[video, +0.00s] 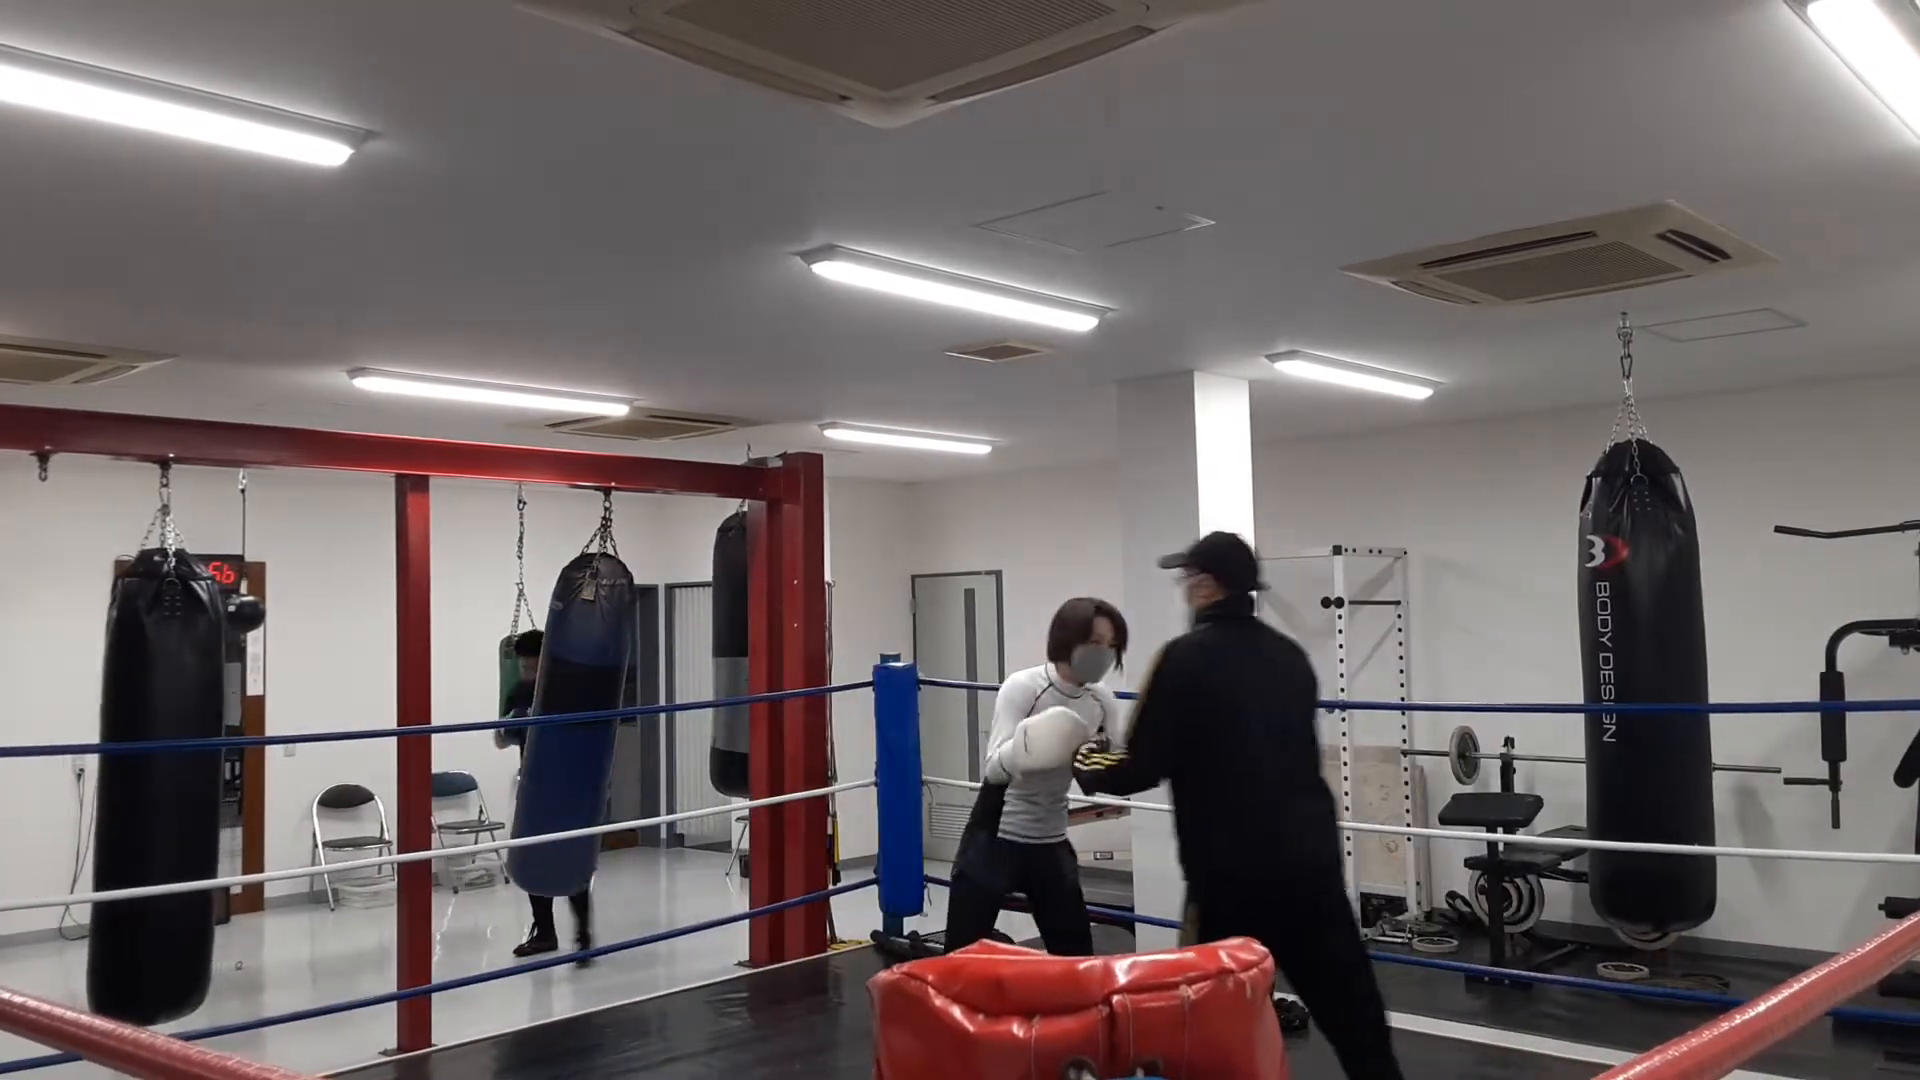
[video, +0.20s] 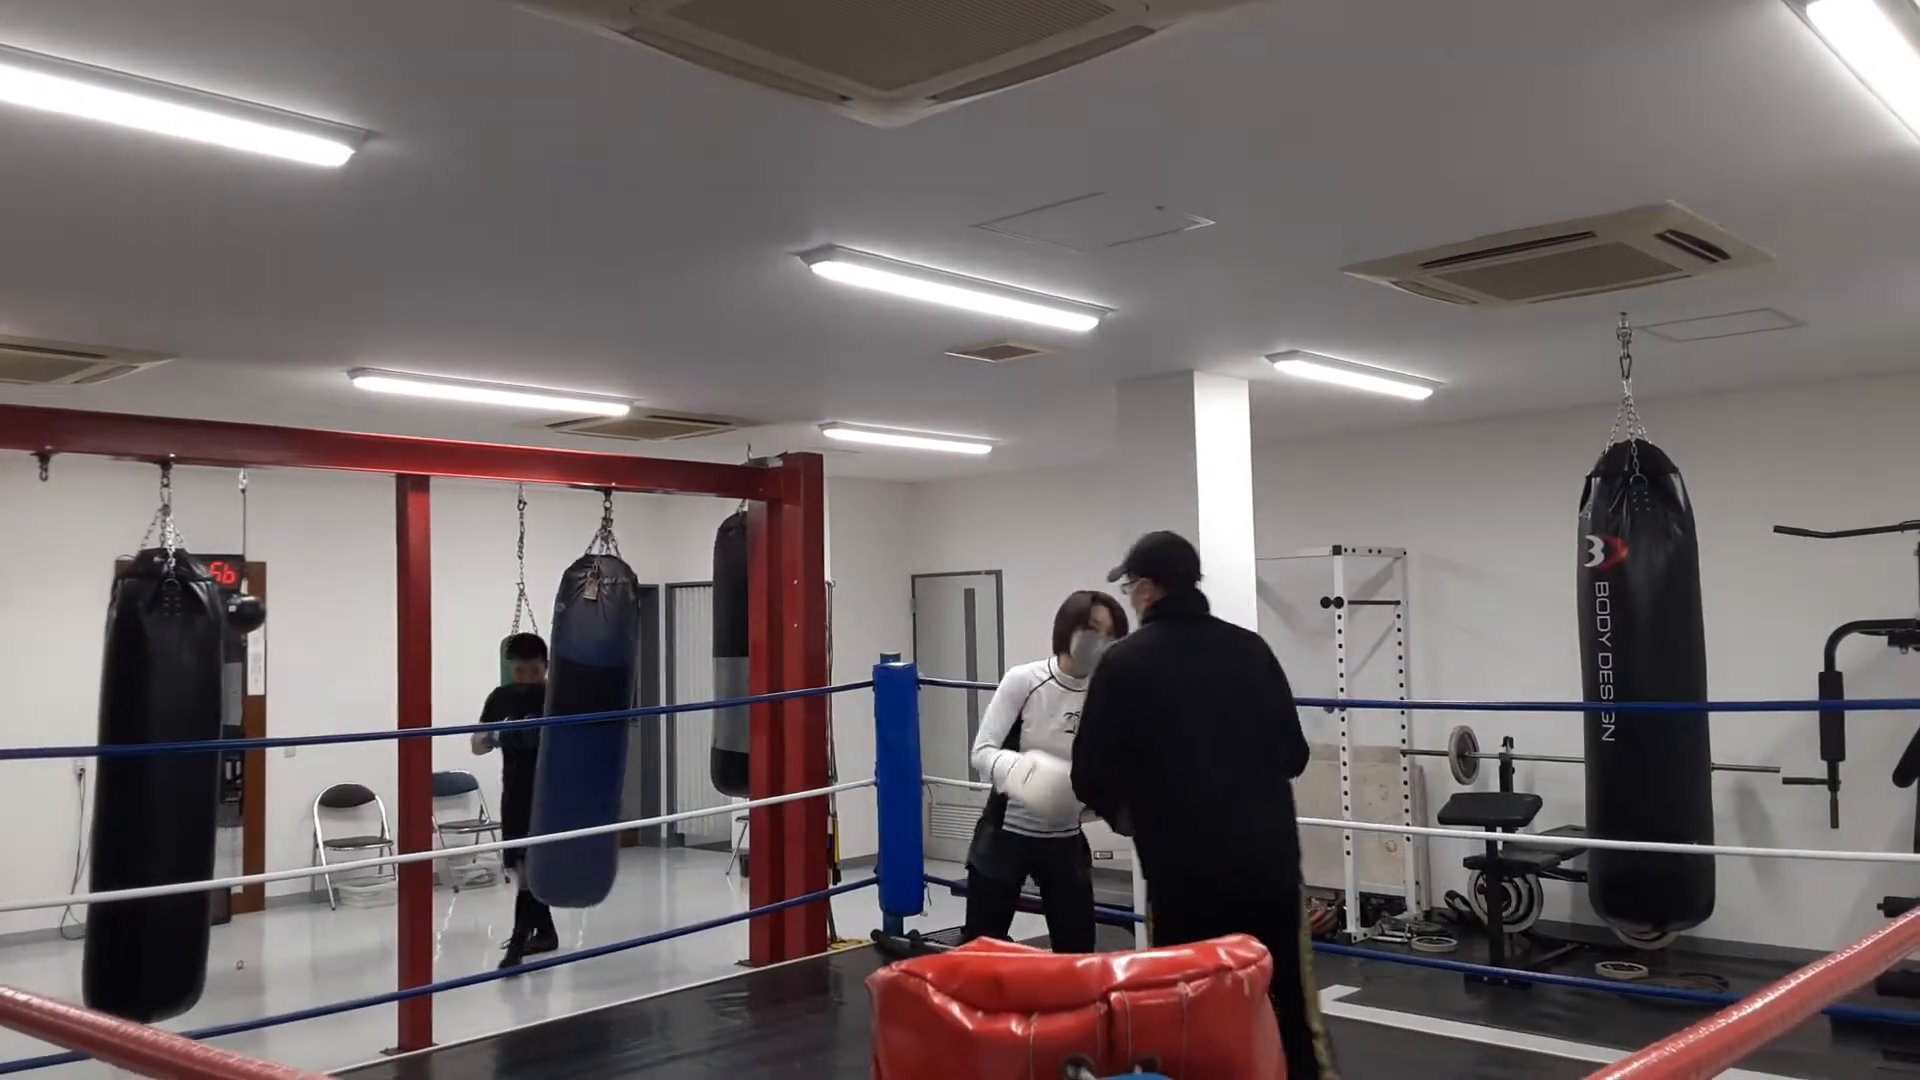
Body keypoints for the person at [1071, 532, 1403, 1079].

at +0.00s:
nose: (1183, 589)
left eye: (1188, 579)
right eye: (1185, 579)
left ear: (1209, 585)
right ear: (1243, 587)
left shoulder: (1184, 658)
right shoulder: (1290, 654)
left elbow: (1145, 768)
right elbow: (1292, 752)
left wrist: (1089, 773)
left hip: (1225, 866)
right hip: (1307, 860)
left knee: (1213, 1014)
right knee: (1353, 1013)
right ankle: (1381, 1074)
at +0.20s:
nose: (1129, 596)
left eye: (1130, 586)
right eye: (1129, 586)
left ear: (1146, 588)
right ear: (1193, 583)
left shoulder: (1122, 663)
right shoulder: (1250, 647)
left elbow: (1092, 779)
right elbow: (1293, 755)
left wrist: (1137, 816)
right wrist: (1236, 767)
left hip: (1177, 862)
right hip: (1267, 857)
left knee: (1190, 1005)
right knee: (1286, 1001)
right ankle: (1303, 1074)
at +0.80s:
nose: (1117, 589)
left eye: (1117, 581)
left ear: (1122, 583)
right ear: (1182, 583)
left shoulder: (1085, 656)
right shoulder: (1212, 660)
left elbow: (1051, 756)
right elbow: (1243, 780)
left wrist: (1107, 726)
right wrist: (1191, 735)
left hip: (1111, 869)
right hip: (1190, 870)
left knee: (1130, 1000)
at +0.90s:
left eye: (1119, 578)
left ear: (1123, 581)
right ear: (1188, 585)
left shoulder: (1081, 652)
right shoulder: (1207, 663)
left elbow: (1042, 751)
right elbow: (1234, 786)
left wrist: (1102, 728)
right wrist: (1180, 744)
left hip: (1100, 868)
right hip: (1178, 871)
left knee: (1121, 1002)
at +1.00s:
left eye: (1117, 577)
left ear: (1121, 580)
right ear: (1187, 587)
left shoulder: (1076, 652)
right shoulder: (1203, 668)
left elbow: (1035, 744)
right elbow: (1227, 792)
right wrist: (1172, 750)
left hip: (1091, 866)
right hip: (1169, 872)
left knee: (1110, 1004)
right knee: (1170, 1007)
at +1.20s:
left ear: (1120, 577)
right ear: (1185, 592)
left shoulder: (1065, 645)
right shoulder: (1192, 679)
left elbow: (1028, 736)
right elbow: (1205, 793)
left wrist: (1086, 730)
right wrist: (1146, 760)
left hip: (1065, 861)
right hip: (1145, 869)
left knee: (1082, 996)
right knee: (1142, 1003)